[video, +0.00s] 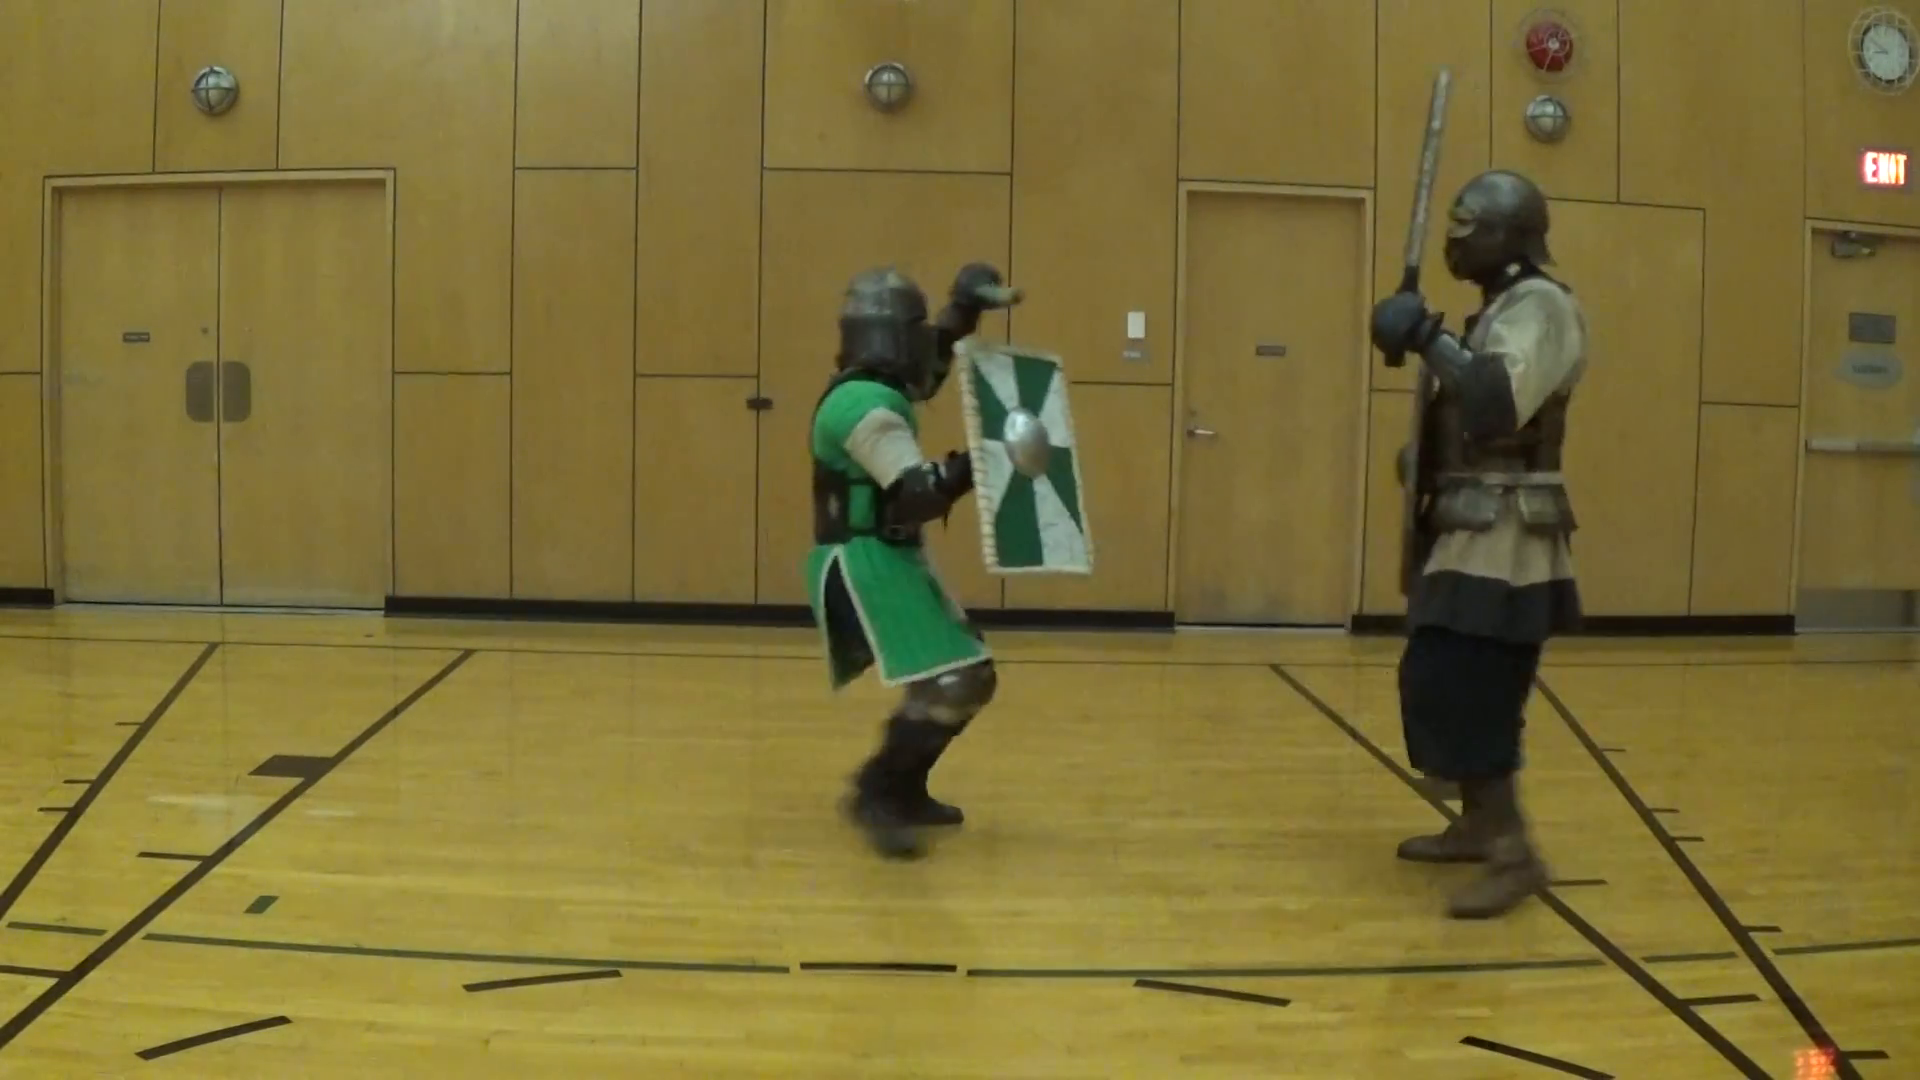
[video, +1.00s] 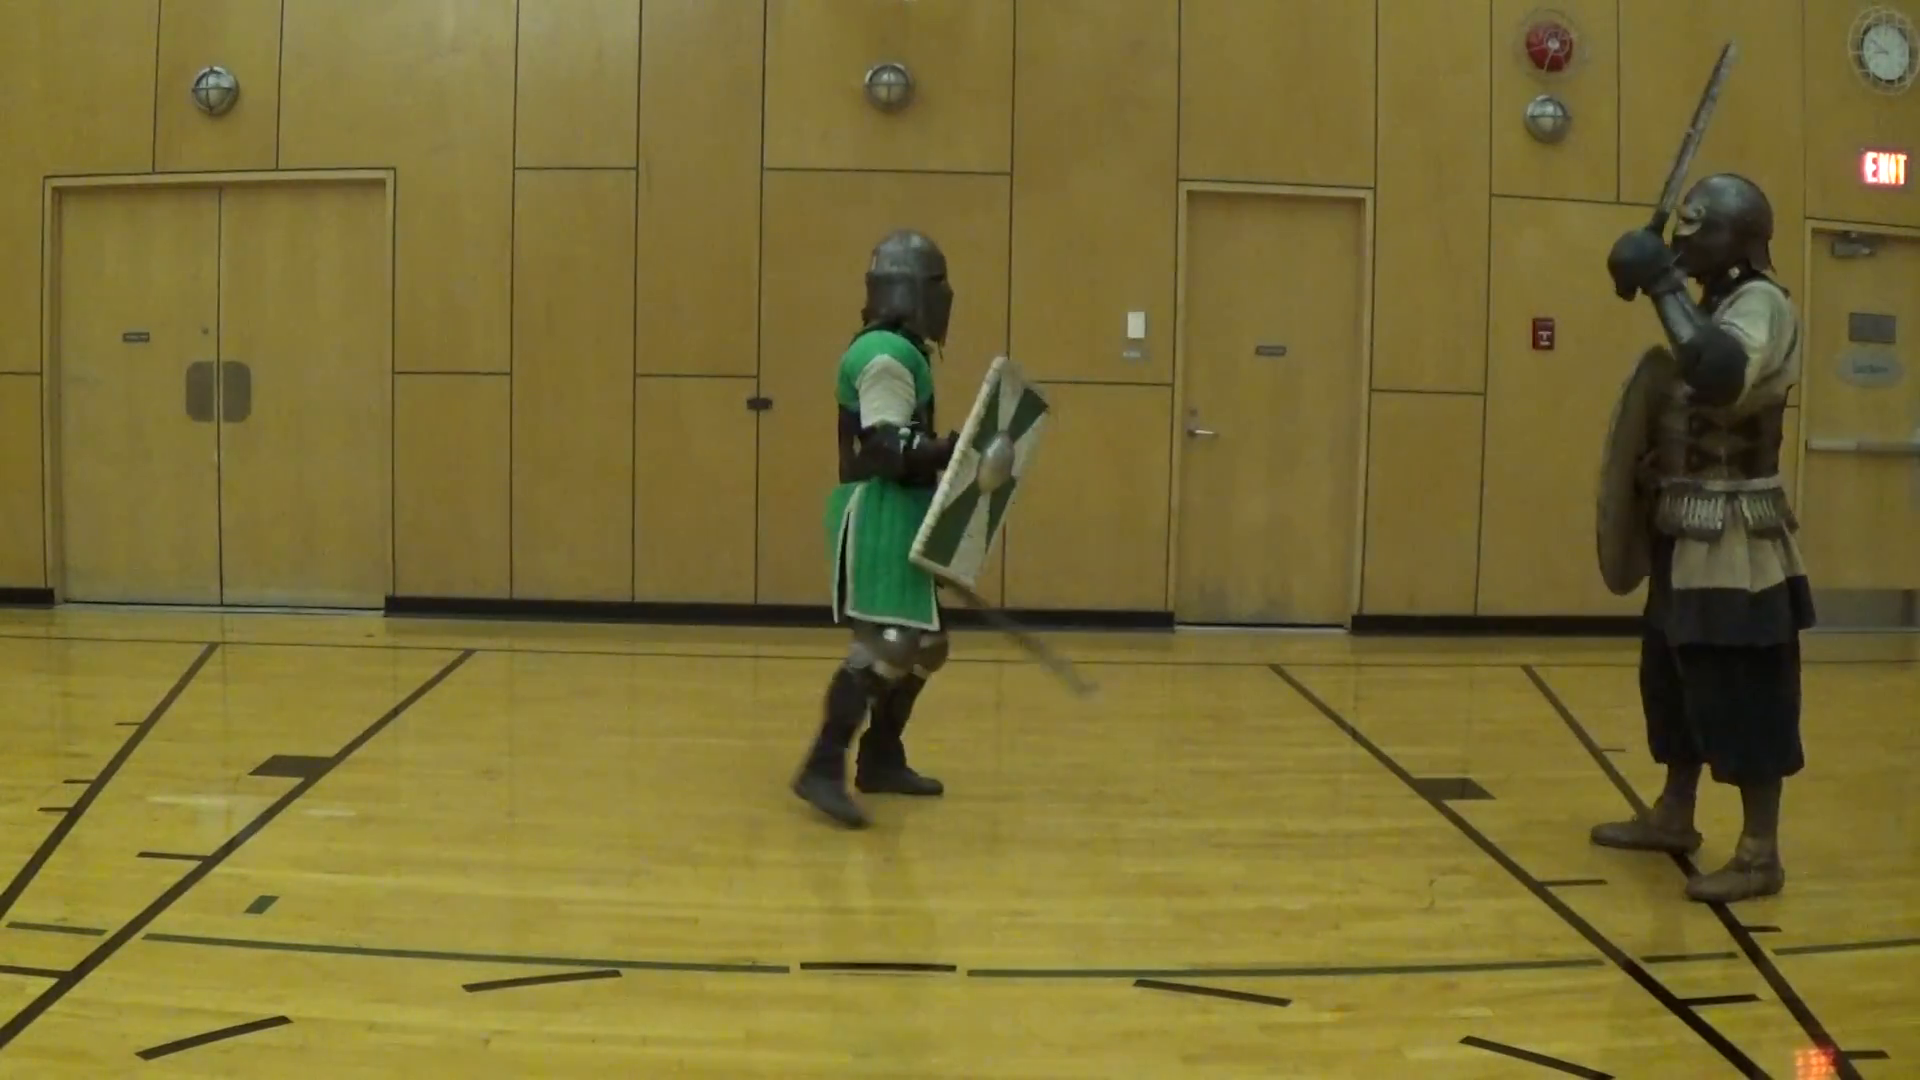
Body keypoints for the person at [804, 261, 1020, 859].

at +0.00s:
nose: (922, 344)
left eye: (919, 335)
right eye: (914, 334)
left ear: (867, 336)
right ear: (892, 337)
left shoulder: (880, 394)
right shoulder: (861, 403)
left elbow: (923, 369)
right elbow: (916, 495)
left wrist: (960, 311)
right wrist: (995, 456)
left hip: (890, 556)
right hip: (861, 561)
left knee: (969, 672)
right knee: (952, 678)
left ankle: (903, 788)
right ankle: (879, 794)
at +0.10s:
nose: (957, 336)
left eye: (955, 327)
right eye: (951, 325)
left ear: (893, 328)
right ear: (930, 329)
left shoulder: (905, 388)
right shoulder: (898, 397)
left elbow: (959, 371)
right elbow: (941, 498)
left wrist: (1000, 305)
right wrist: (1016, 457)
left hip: (907, 553)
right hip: (902, 559)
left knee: (973, 670)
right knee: (997, 665)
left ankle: (902, 788)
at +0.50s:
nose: (993, 314)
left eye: (989, 304)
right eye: (984, 304)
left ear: (930, 314)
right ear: (963, 313)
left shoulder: (943, 375)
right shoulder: (948, 388)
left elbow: (991, 400)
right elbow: (979, 491)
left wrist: (1037, 365)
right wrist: (1054, 460)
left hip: (946, 535)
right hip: (965, 540)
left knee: (976, 660)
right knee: (1033, 665)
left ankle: (897, 746)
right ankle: (1013, 800)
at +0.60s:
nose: (983, 317)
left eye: (980, 306)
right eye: (975, 307)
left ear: (921, 316)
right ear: (953, 314)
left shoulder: (942, 379)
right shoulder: (934, 387)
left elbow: (966, 442)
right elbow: (954, 488)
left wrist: (1025, 415)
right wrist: (1031, 463)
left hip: (944, 532)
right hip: (951, 538)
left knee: (964, 659)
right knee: (1020, 662)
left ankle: (886, 751)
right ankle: (1011, 800)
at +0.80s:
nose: (966, 313)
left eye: (963, 302)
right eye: (957, 302)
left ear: (908, 308)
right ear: (928, 308)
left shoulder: (924, 372)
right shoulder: (904, 376)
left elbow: (930, 467)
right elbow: (909, 473)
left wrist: (989, 467)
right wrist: (986, 465)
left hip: (923, 525)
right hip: (905, 527)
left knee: (938, 652)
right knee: (956, 653)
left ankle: (881, 756)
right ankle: (974, 791)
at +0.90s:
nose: (956, 308)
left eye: (953, 297)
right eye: (949, 297)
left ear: (896, 300)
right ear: (926, 301)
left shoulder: (908, 360)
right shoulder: (895, 364)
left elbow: (916, 456)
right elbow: (895, 456)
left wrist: (977, 462)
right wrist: (976, 461)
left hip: (909, 515)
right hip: (893, 518)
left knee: (936, 645)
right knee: (924, 646)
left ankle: (882, 756)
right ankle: (896, 784)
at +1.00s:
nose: (945, 297)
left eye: (943, 286)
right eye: (936, 286)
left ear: (892, 291)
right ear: (908, 292)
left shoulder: (907, 354)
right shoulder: (885, 357)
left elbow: (905, 449)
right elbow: (883, 450)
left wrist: (962, 460)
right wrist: (960, 453)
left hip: (902, 510)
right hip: (875, 511)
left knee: (925, 644)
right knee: (889, 640)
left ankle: (880, 760)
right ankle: (821, 769)